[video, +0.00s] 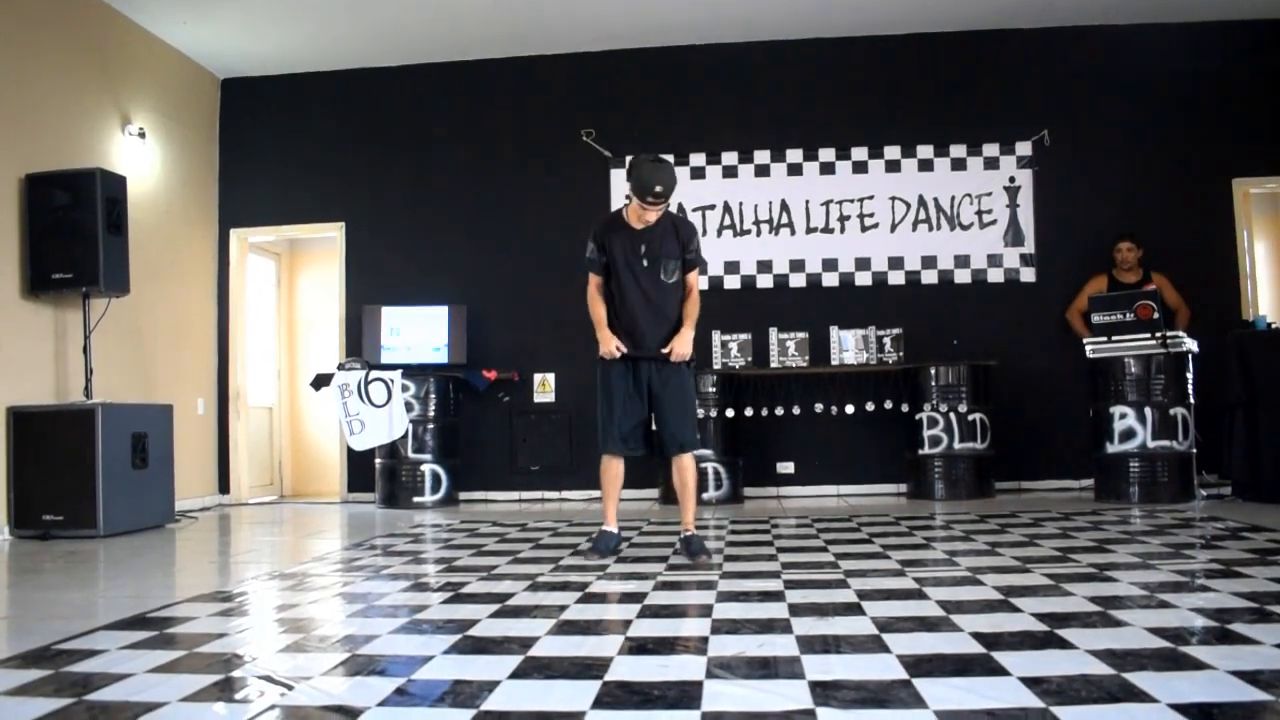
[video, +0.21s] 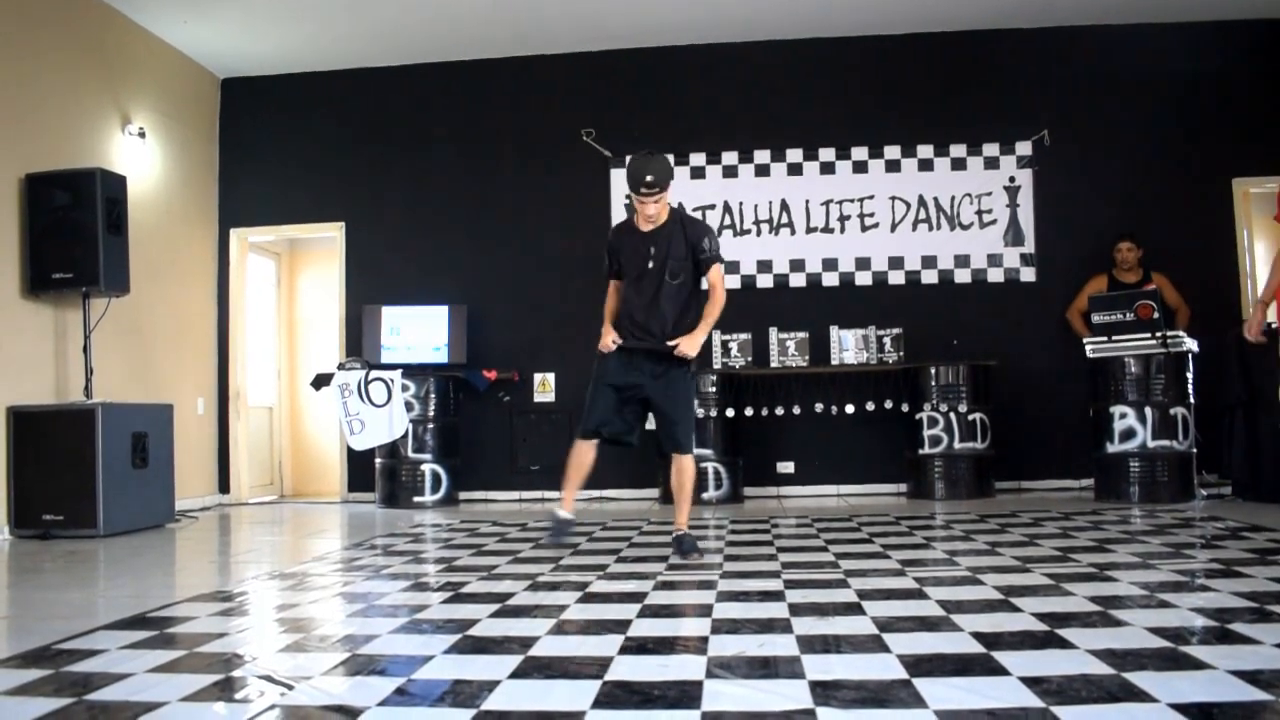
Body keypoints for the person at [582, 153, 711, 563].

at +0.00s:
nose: (652, 214)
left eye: (660, 207)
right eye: (646, 206)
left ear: (671, 198)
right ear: (631, 193)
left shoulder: (682, 231)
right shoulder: (606, 231)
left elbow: (692, 289)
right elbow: (594, 289)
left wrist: (687, 332)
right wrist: (603, 333)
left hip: (670, 357)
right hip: (620, 357)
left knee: (682, 444)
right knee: (613, 444)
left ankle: (689, 531)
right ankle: (609, 528)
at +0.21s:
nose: (647, 209)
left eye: (655, 200)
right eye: (640, 200)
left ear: (668, 193)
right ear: (630, 195)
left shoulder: (695, 233)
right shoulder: (620, 237)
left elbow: (718, 291)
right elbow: (614, 287)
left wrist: (698, 335)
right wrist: (607, 326)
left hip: (673, 359)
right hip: (623, 355)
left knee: (682, 445)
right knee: (589, 430)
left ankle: (681, 530)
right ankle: (564, 513)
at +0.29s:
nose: (646, 212)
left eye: (653, 204)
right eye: (639, 204)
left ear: (667, 196)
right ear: (629, 199)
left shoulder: (697, 236)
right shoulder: (625, 243)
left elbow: (720, 292)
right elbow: (619, 289)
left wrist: (701, 332)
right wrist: (611, 325)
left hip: (682, 356)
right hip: (632, 353)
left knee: (683, 444)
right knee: (588, 420)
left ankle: (681, 532)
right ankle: (552, 456)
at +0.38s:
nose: (643, 210)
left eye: (650, 201)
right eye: (635, 202)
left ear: (663, 193)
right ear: (625, 199)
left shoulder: (693, 230)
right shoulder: (620, 243)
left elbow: (718, 284)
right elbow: (615, 292)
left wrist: (705, 325)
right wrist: (615, 326)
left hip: (691, 350)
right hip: (642, 352)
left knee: (691, 440)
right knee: (621, 420)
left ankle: (686, 530)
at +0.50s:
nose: (640, 214)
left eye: (646, 205)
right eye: (632, 207)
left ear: (660, 195)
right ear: (622, 205)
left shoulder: (691, 230)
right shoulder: (619, 246)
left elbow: (722, 282)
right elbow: (615, 295)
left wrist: (712, 330)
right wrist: (627, 329)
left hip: (707, 351)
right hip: (658, 355)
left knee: (731, 441)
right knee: (649, 440)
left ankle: (759, 521)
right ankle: (657, 527)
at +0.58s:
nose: (640, 224)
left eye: (645, 215)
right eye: (632, 217)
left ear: (658, 213)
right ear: (623, 221)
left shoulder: (691, 245)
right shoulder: (626, 268)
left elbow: (726, 296)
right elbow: (628, 330)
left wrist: (729, 349)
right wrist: (639, 376)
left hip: (716, 367)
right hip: (666, 378)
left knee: (766, 441)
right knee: (653, 451)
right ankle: (658, 530)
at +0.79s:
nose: (675, 235)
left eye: (680, 228)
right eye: (665, 230)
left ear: (689, 233)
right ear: (650, 239)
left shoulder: (722, 262)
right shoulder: (658, 297)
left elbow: (758, 315)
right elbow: (670, 362)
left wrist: (774, 371)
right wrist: (684, 347)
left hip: (761, 379)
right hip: (711, 389)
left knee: (816, 447)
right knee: (682, 460)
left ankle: (862, 522)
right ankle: (662, 532)